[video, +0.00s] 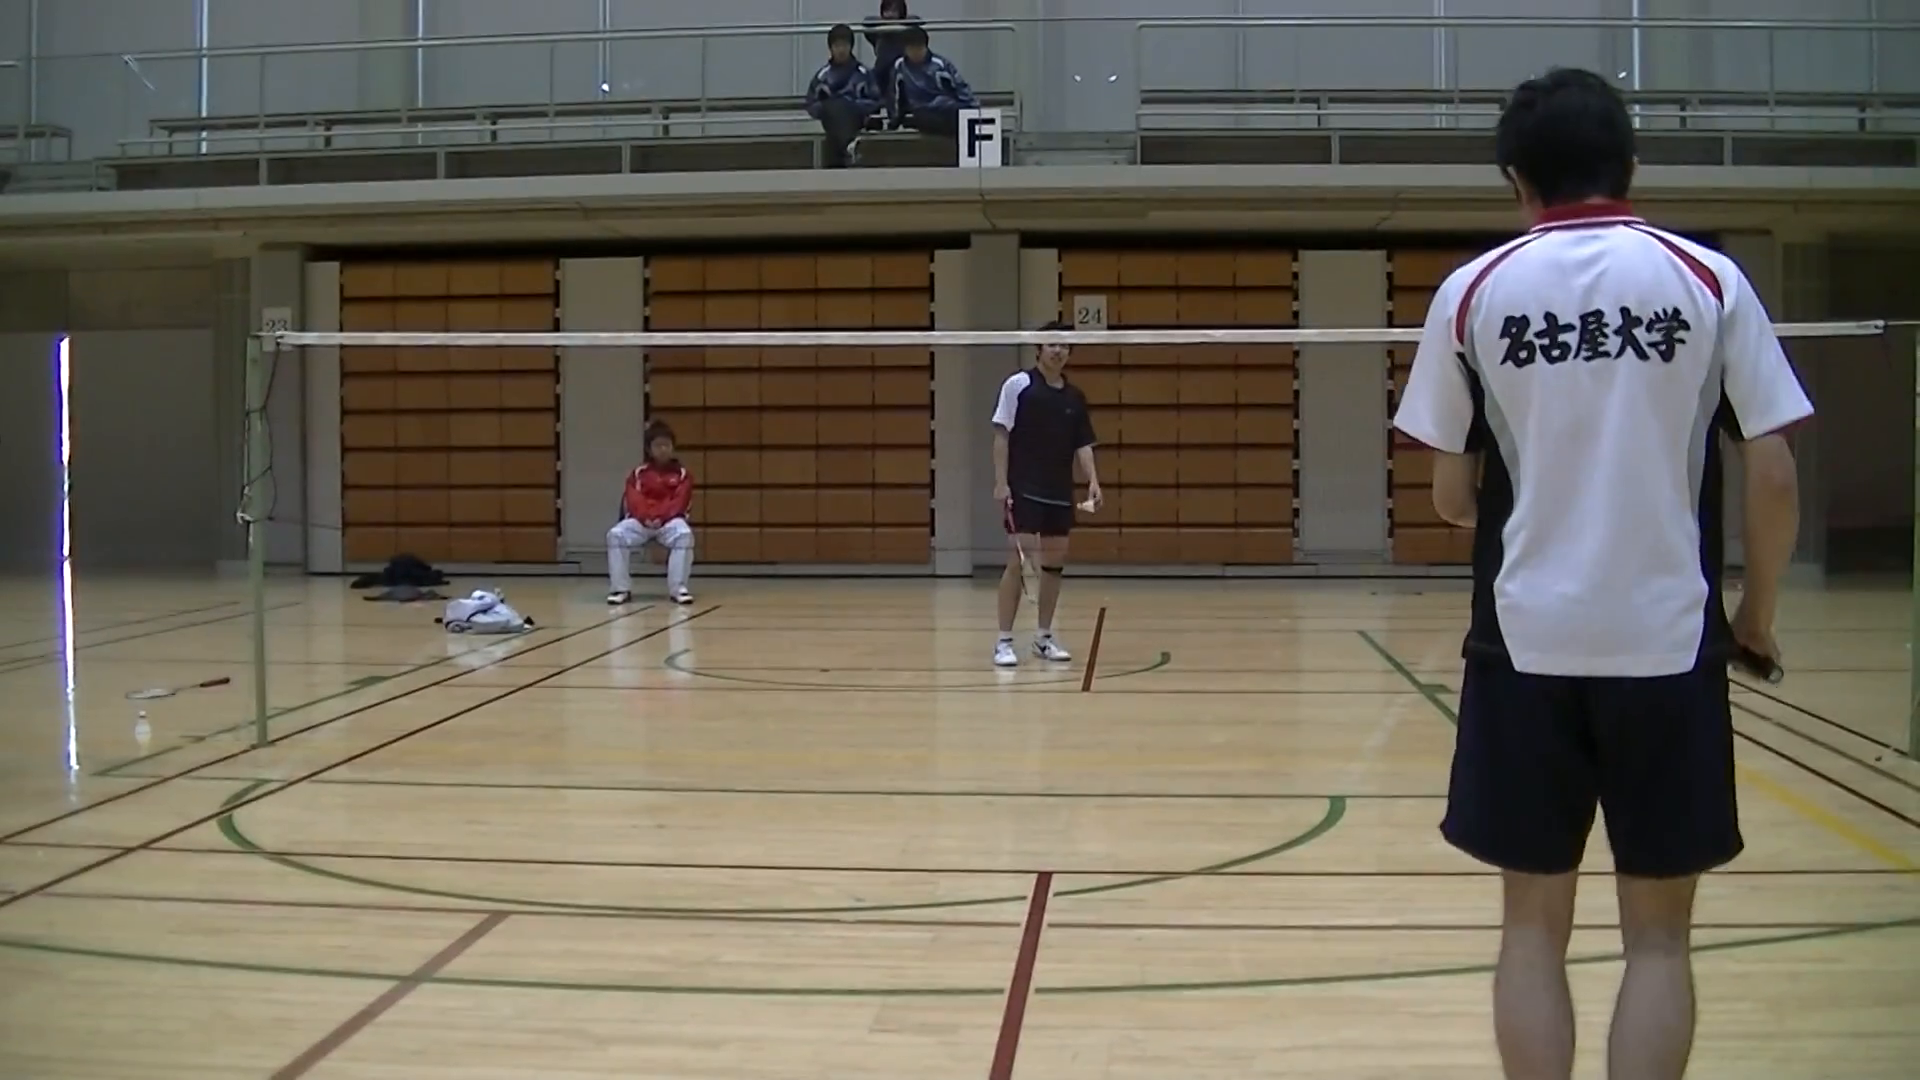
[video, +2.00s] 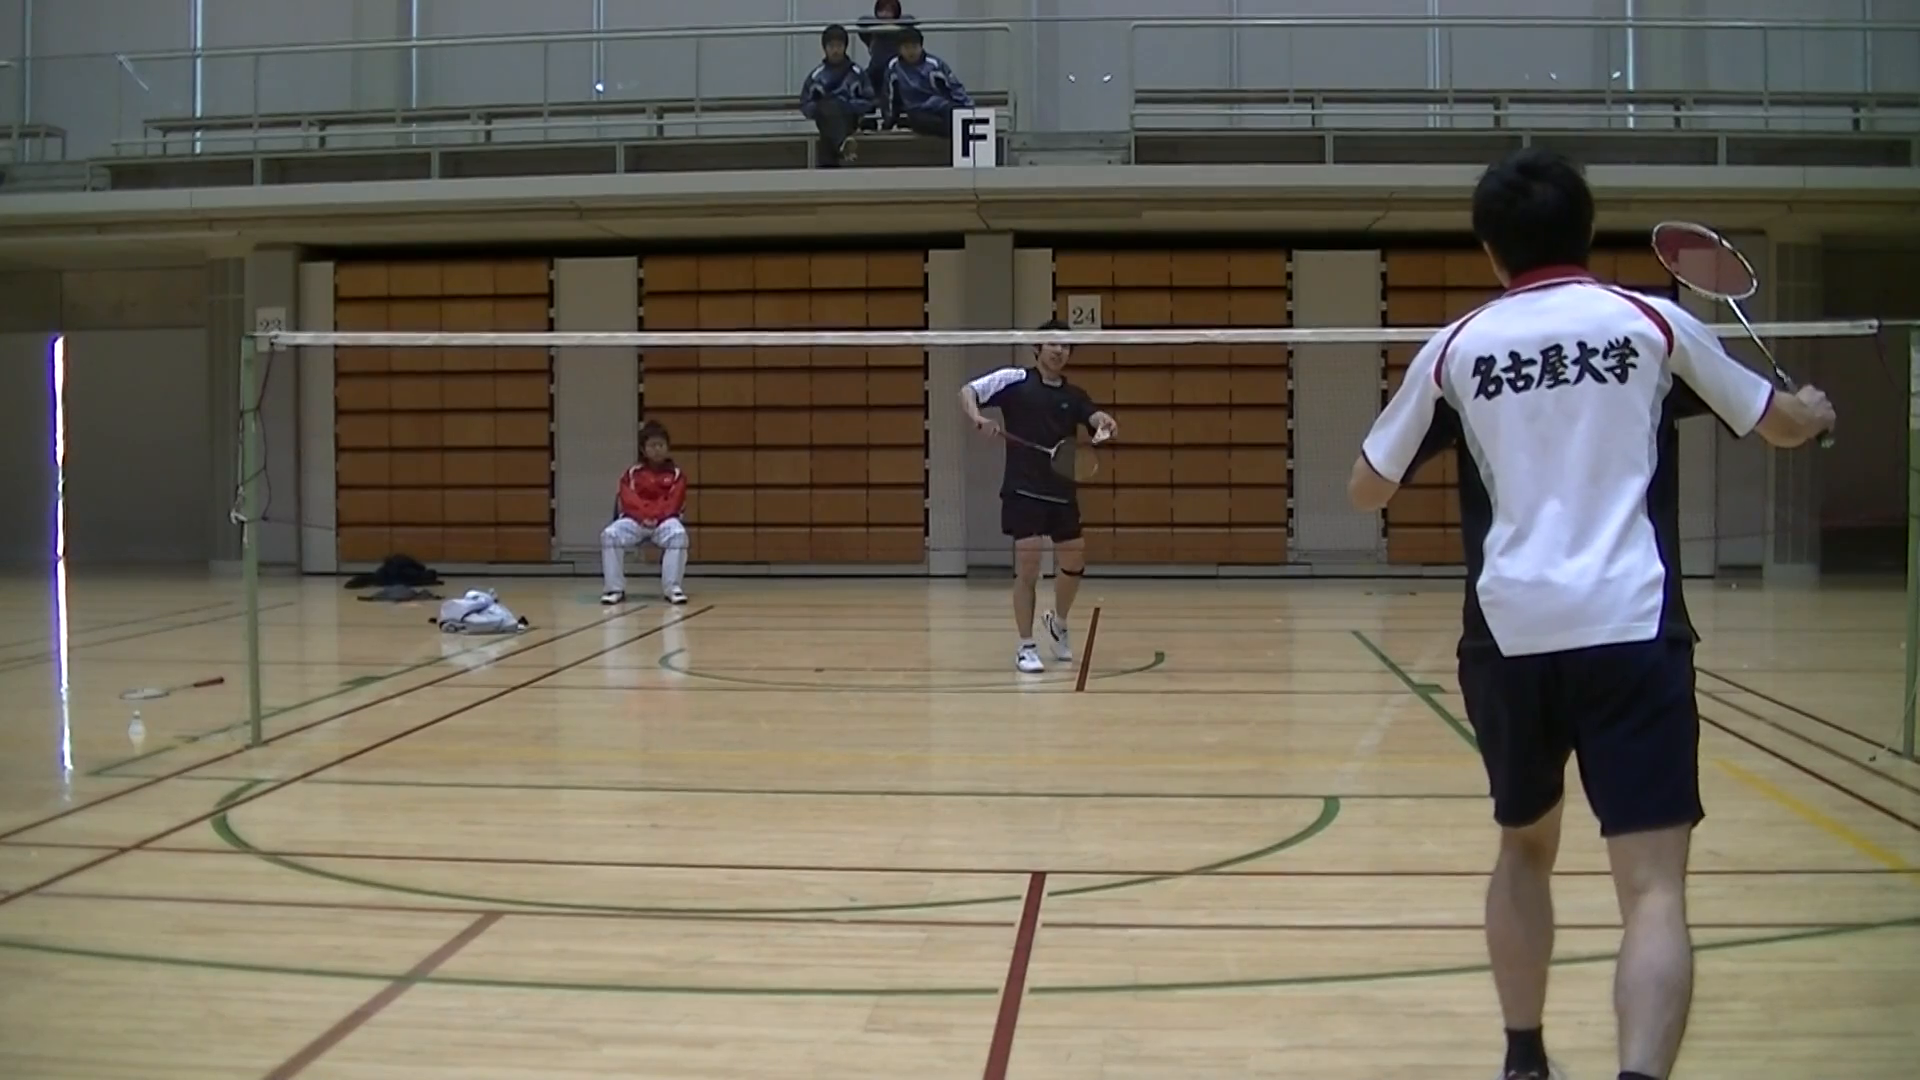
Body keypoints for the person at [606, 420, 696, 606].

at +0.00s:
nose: (663, 450)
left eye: (667, 445)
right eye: (658, 446)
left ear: (672, 448)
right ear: (649, 449)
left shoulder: (682, 474)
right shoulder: (638, 473)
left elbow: (680, 502)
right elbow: (633, 499)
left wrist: (662, 517)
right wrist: (644, 516)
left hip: (669, 520)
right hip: (641, 519)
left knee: (684, 536)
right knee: (616, 536)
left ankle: (678, 588)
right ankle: (621, 590)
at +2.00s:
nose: (657, 450)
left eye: (661, 445)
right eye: (652, 445)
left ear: (667, 447)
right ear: (643, 449)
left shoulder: (676, 475)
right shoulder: (632, 473)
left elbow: (673, 504)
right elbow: (627, 500)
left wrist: (655, 517)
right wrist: (644, 515)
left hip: (664, 520)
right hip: (635, 520)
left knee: (678, 536)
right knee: (610, 535)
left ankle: (673, 587)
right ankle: (615, 589)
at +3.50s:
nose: (692, 448)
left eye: (696, 443)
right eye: (686, 443)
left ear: (702, 445)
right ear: (676, 448)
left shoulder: (710, 472)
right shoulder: (666, 471)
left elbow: (707, 501)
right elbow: (662, 500)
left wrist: (689, 515)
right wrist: (679, 514)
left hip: (698, 518)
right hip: (670, 518)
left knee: (713, 533)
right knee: (644, 533)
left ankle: (706, 585)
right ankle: (648, 587)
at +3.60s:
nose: (674, 448)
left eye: (678, 443)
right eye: (668, 443)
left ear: (684, 445)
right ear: (659, 448)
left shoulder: (691, 473)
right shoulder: (648, 471)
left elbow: (689, 502)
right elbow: (643, 498)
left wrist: (671, 516)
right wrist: (661, 513)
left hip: (680, 518)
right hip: (651, 518)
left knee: (695, 534)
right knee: (627, 533)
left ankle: (688, 585)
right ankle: (631, 588)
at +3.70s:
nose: (660, 448)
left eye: (664, 443)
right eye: (655, 443)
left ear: (670, 445)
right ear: (646, 448)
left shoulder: (678, 472)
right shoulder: (636, 471)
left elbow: (676, 500)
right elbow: (630, 498)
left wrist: (660, 515)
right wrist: (645, 514)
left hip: (666, 518)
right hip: (638, 518)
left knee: (681, 534)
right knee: (613, 534)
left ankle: (675, 586)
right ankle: (617, 588)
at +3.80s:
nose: (655, 448)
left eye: (659, 443)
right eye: (650, 444)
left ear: (665, 445)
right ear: (640, 449)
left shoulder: (673, 473)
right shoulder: (631, 472)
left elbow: (671, 501)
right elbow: (625, 499)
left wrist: (655, 516)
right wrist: (640, 515)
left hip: (661, 519)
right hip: (633, 518)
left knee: (676, 535)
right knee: (608, 534)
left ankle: (670, 586)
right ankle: (612, 588)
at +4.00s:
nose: (653, 449)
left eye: (656, 444)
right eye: (648, 445)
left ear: (662, 447)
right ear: (638, 450)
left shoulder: (670, 474)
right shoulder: (628, 473)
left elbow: (669, 503)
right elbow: (623, 501)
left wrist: (652, 518)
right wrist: (638, 516)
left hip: (659, 520)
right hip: (630, 520)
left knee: (673, 536)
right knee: (606, 535)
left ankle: (668, 587)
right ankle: (609, 589)